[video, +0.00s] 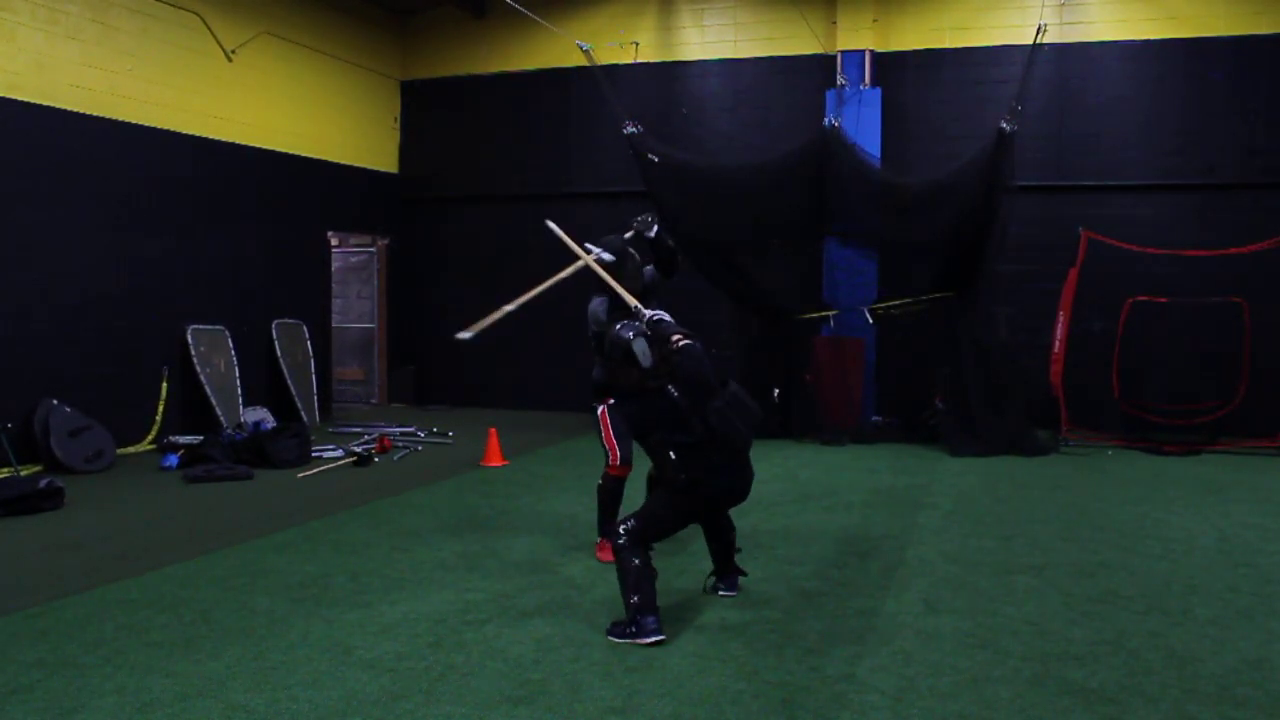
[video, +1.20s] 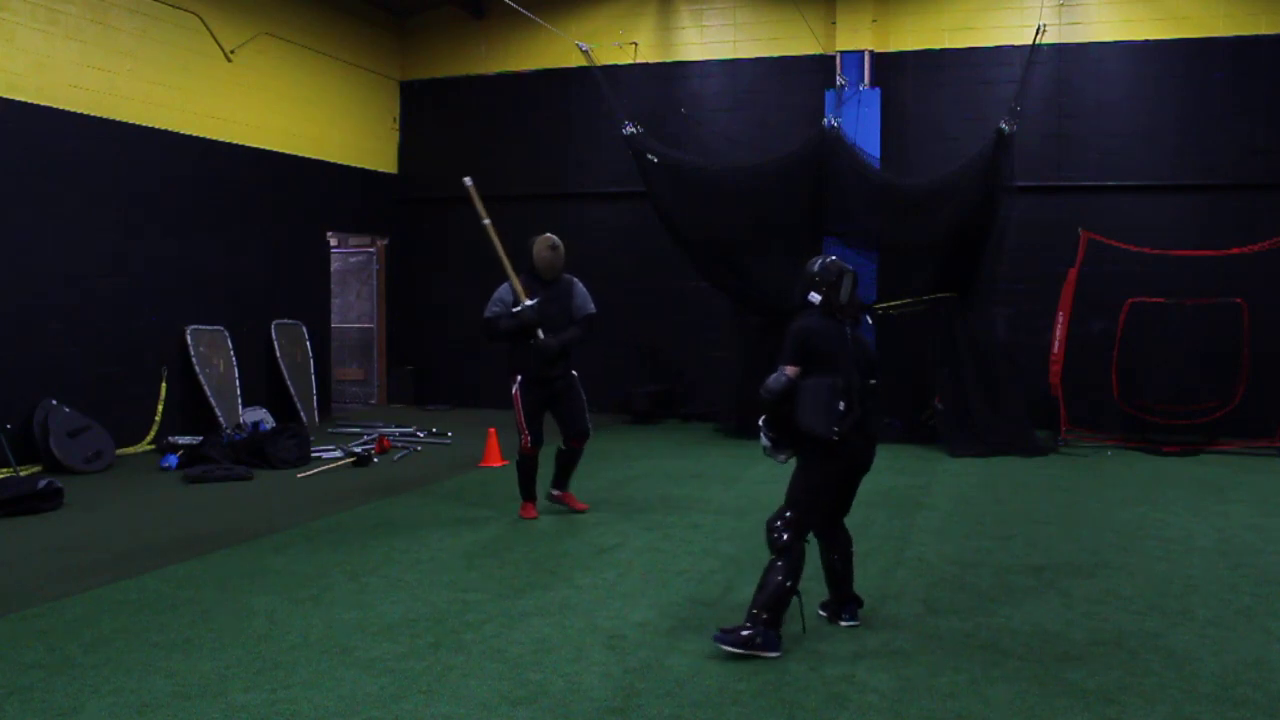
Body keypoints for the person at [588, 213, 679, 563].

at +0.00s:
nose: (633, 272)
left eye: (632, 265)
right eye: (624, 267)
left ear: (634, 267)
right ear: (609, 272)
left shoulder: (644, 290)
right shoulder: (600, 307)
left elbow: (669, 267)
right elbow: (611, 340)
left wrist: (657, 238)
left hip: (648, 391)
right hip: (610, 396)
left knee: (669, 460)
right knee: (620, 461)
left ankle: (652, 526)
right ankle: (607, 538)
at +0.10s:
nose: (617, 281)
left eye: (622, 274)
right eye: (610, 276)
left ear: (631, 274)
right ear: (599, 278)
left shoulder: (641, 304)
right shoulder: (589, 311)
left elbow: (663, 289)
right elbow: (581, 311)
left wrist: (628, 274)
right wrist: (588, 275)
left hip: (641, 395)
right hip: (605, 395)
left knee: (660, 460)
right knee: (613, 461)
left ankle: (633, 503)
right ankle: (605, 538)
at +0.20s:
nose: (613, 288)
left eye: (618, 282)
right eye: (607, 282)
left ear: (628, 276)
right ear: (595, 278)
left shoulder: (643, 296)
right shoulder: (581, 301)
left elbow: (655, 329)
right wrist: (586, 321)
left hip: (637, 396)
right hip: (600, 398)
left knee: (652, 466)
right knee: (602, 464)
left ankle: (624, 499)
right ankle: (602, 538)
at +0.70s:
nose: (618, 259)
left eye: (621, 254)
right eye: (611, 253)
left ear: (626, 263)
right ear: (596, 262)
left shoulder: (631, 300)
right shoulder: (573, 298)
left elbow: (642, 345)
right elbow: (563, 341)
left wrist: (627, 369)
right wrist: (606, 351)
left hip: (616, 387)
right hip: (577, 388)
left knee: (638, 448)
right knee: (578, 448)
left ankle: (626, 511)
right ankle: (585, 511)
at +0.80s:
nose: (608, 258)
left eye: (612, 253)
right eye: (601, 253)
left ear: (616, 263)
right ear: (587, 259)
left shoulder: (621, 295)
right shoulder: (562, 294)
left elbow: (636, 336)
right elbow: (549, 336)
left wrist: (616, 354)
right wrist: (590, 332)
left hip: (607, 384)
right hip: (569, 384)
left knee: (628, 445)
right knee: (567, 452)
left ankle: (626, 509)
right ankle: (553, 497)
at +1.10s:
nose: (563, 265)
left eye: (567, 260)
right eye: (557, 259)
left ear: (572, 262)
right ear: (544, 260)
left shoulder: (580, 292)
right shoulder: (522, 293)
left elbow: (595, 331)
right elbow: (502, 330)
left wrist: (567, 344)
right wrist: (538, 321)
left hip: (572, 379)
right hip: (535, 381)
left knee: (589, 439)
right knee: (535, 445)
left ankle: (592, 501)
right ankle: (529, 502)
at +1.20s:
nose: (553, 265)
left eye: (557, 260)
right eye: (548, 259)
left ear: (563, 261)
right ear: (535, 259)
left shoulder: (572, 287)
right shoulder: (513, 290)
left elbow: (588, 324)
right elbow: (491, 326)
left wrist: (557, 341)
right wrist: (524, 317)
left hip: (563, 374)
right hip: (527, 376)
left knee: (578, 433)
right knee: (530, 440)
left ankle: (559, 490)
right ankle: (528, 501)